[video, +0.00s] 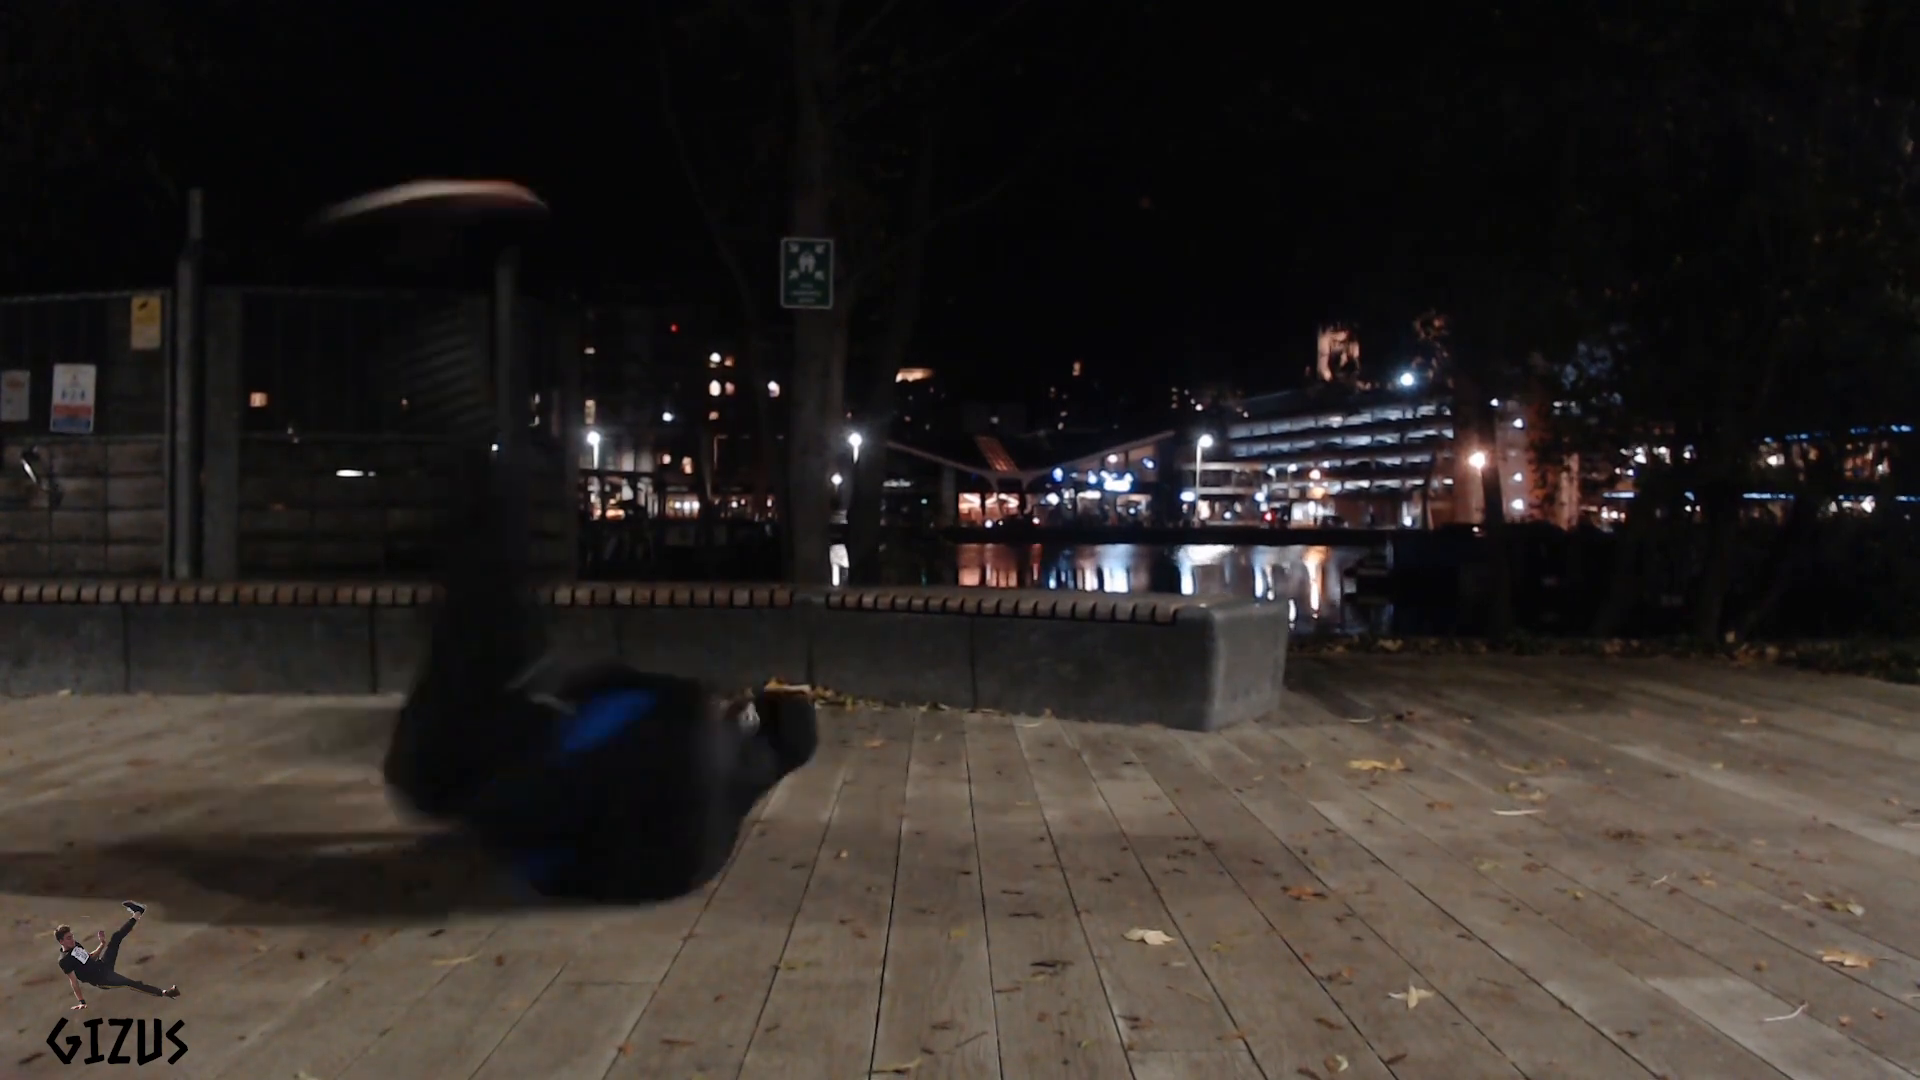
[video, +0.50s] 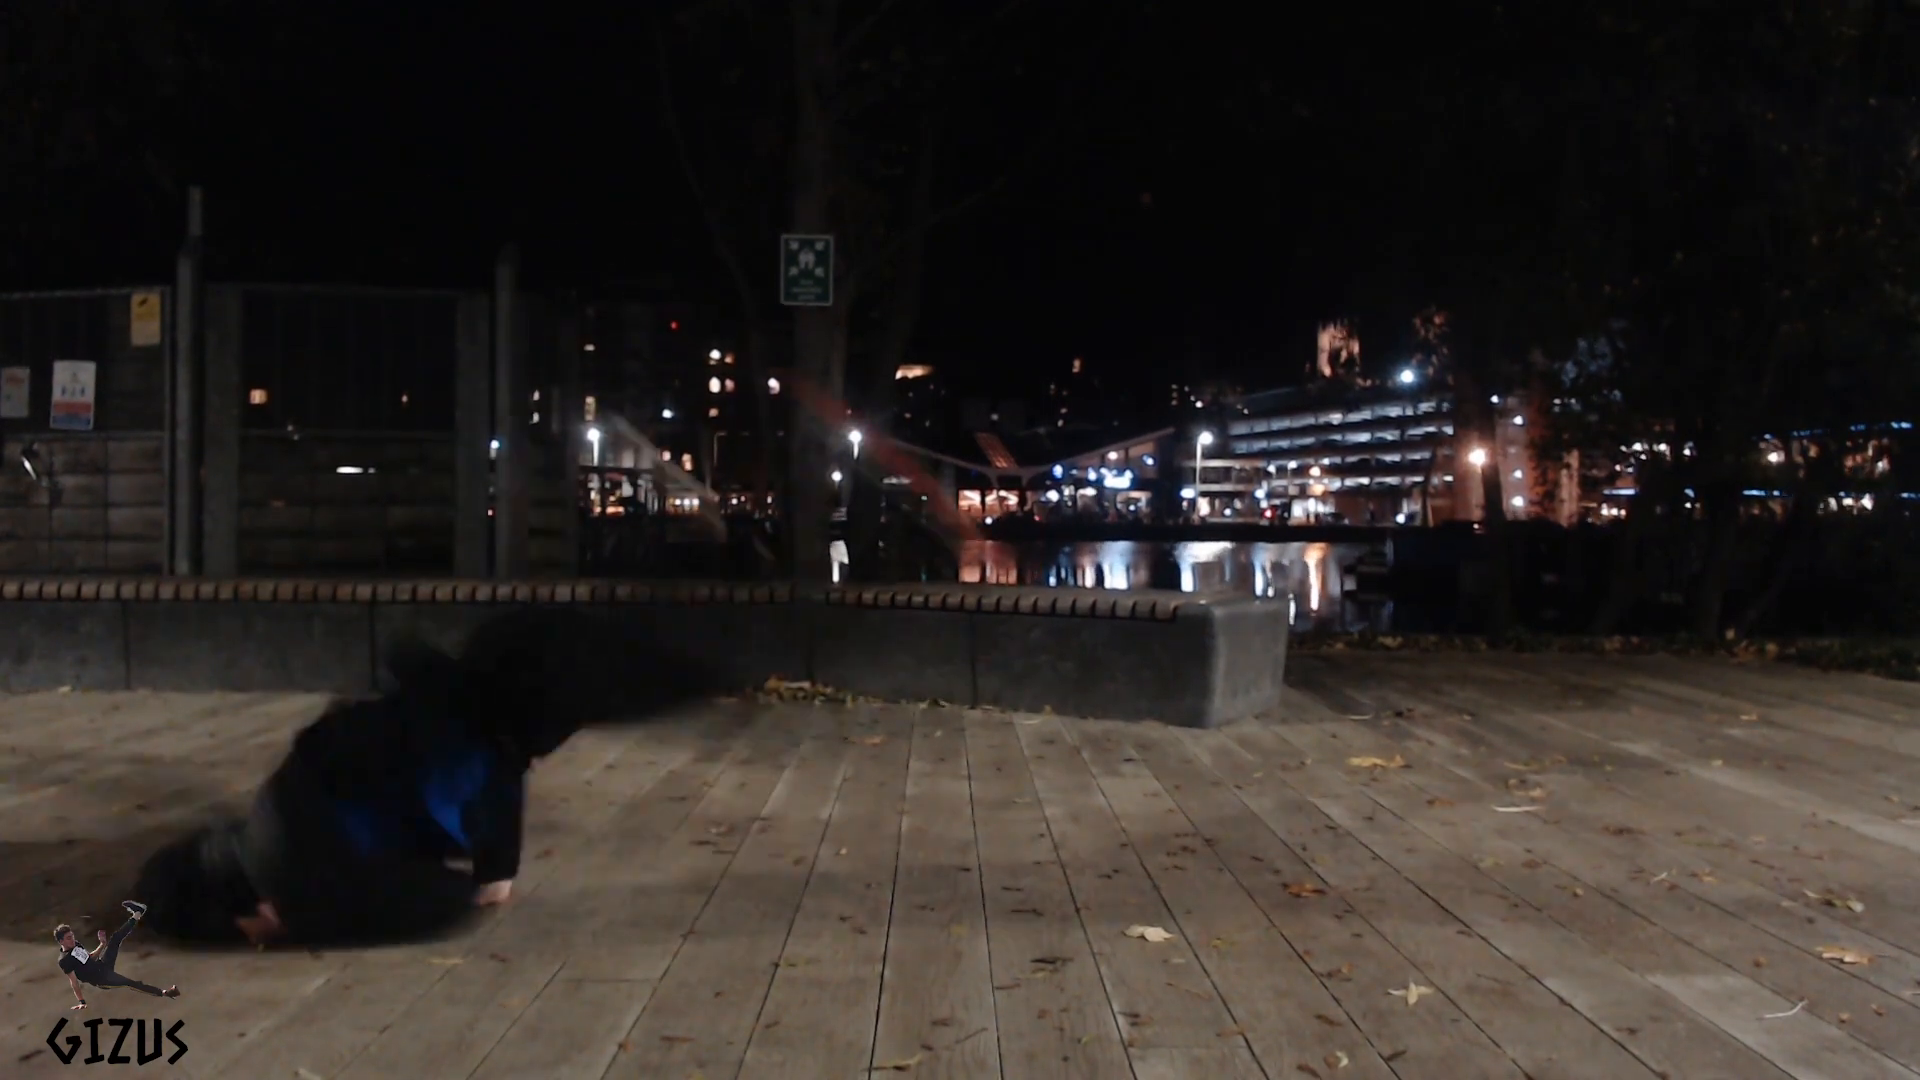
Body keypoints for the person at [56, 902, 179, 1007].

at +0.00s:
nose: (72, 939)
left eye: (72, 936)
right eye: (69, 938)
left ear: (70, 937)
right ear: (61, 941)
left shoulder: (75, 946)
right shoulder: (64, 960)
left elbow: (91, 957)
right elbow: (74, 982)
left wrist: (102, 945)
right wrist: (81, 1002)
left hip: (104, 965)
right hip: (102, 978)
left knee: (115, 938)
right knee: (132, 983)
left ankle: (136, 916)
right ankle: (164, 993)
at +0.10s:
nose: (72, 939)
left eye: (72, 936)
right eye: (69, 938)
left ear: (70, 937)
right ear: (61, 941)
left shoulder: (75, 946)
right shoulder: (64, 960)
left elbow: (91, 957)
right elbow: (73, 982)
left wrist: (102, 944)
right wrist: (81, 1001)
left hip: (104, 965)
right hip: (102, 978)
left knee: (116, 938)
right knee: (132, 983)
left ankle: (136, 916)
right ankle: (164, 993)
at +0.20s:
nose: (73, 939)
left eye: (72, 936)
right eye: (69, 938)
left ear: (71, 937)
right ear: (61, 941)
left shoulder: (75, 946)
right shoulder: (64, 961)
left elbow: (91, 957)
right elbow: (74, 982)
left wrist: (102, 945)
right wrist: (81, 1002)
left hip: (104, 965)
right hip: (102, 978)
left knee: (115, 939)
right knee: (132, 983)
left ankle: (136, 917)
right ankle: (164, 993)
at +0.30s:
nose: (73, 939)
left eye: (72, 936)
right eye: (69, 938)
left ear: (72, 937)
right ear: (61, 941)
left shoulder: (76, 946)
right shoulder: (64, 960)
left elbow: (90, 957)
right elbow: (74, 982)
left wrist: (102, 945)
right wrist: (81, 1002)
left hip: (104, 964)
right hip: (102, 978)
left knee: (115, 938)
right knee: (132, 983)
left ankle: (136, 917)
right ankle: (164, 993)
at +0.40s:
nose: (73, 939)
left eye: (72, 936)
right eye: (69, 938)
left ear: (72, 936)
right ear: (61, 942)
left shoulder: (76, 945)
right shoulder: (64, 960)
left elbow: (90, 957)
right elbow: (74, 982)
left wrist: (102, 945)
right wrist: (81, 1001)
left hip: (104, 964)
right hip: (102, 978)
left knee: (115, 939)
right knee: (132, 983)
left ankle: (136, 917)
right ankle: (164, 993)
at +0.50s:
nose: (73, 939)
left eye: (72, 936)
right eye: (69, 938)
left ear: (72, 936)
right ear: (61, 941)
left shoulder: (76, 946)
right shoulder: (64, 960)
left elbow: (91, 957)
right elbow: (74, 982)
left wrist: (102, 945)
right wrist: (81, 1002)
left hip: (104, 965)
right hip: (102, 978)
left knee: (115, 939)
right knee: (132, 983)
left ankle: (136, 917)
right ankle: (164, 993)